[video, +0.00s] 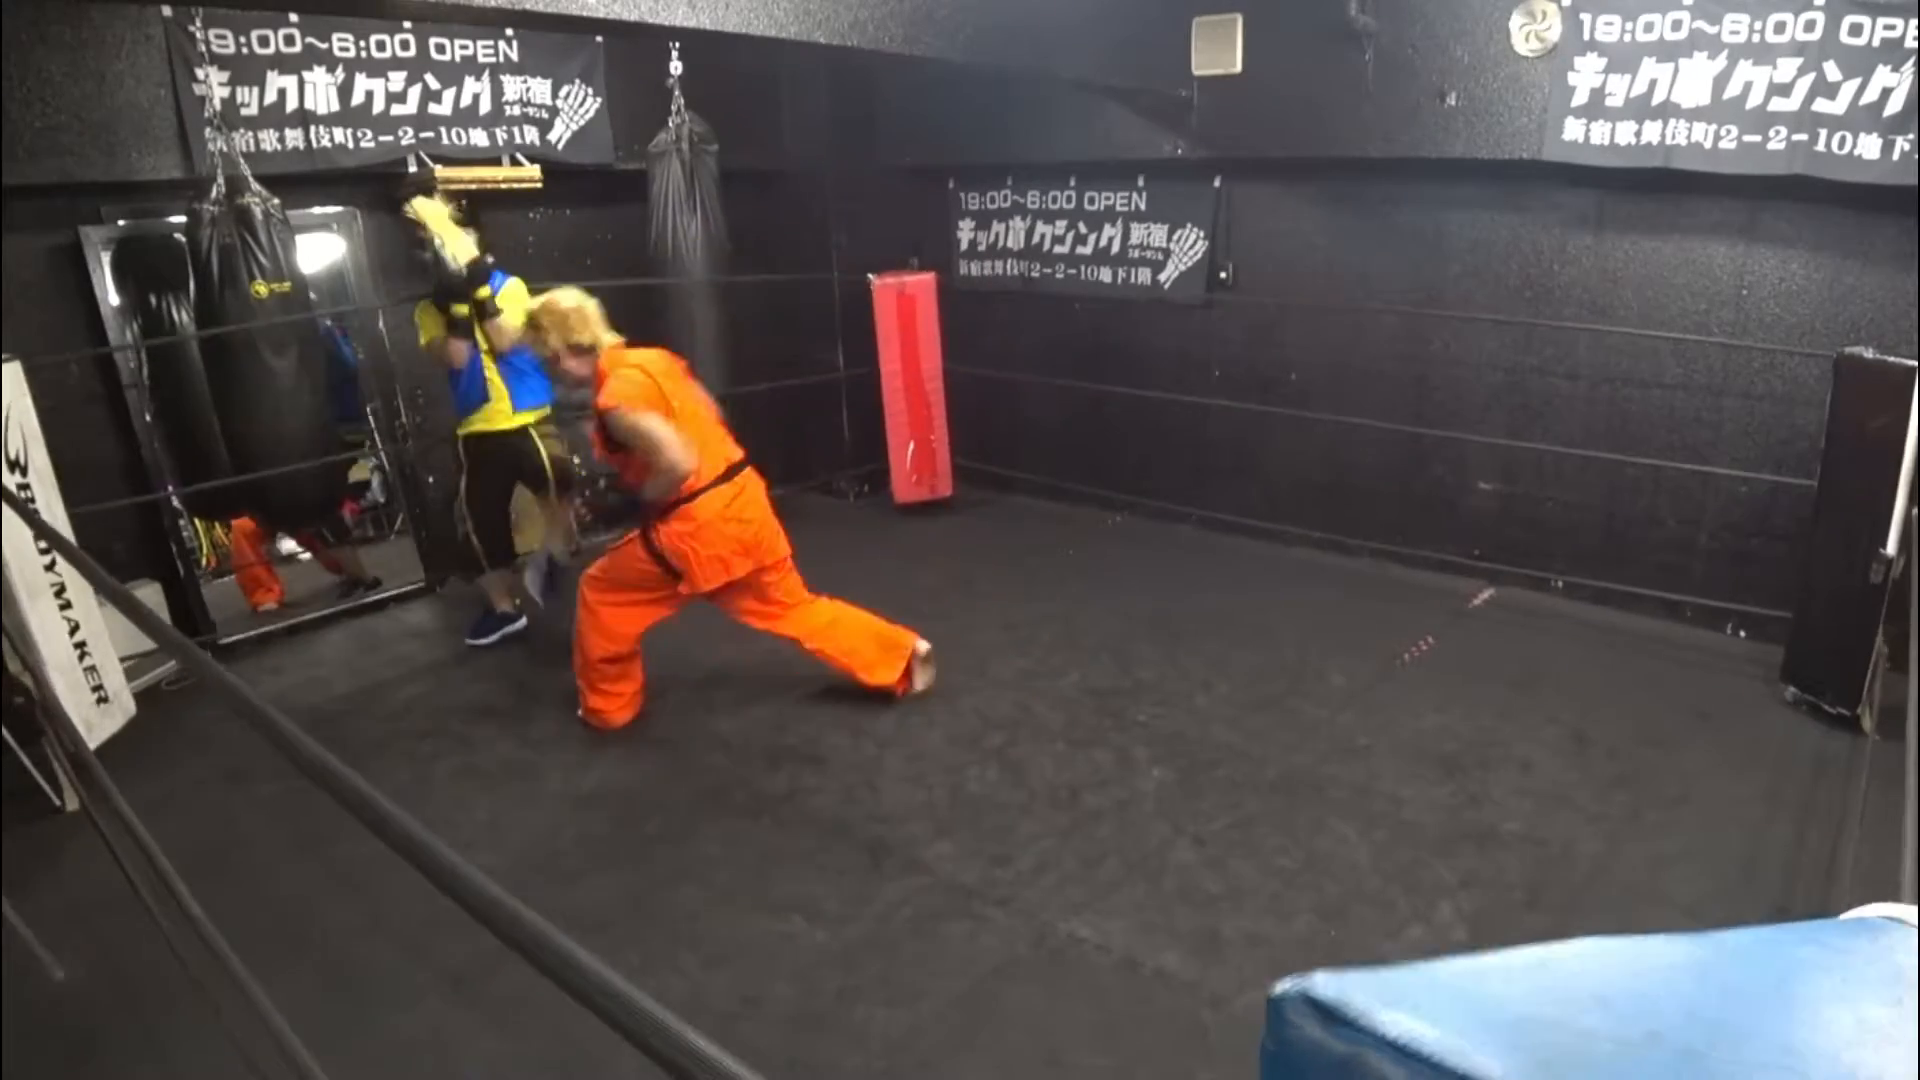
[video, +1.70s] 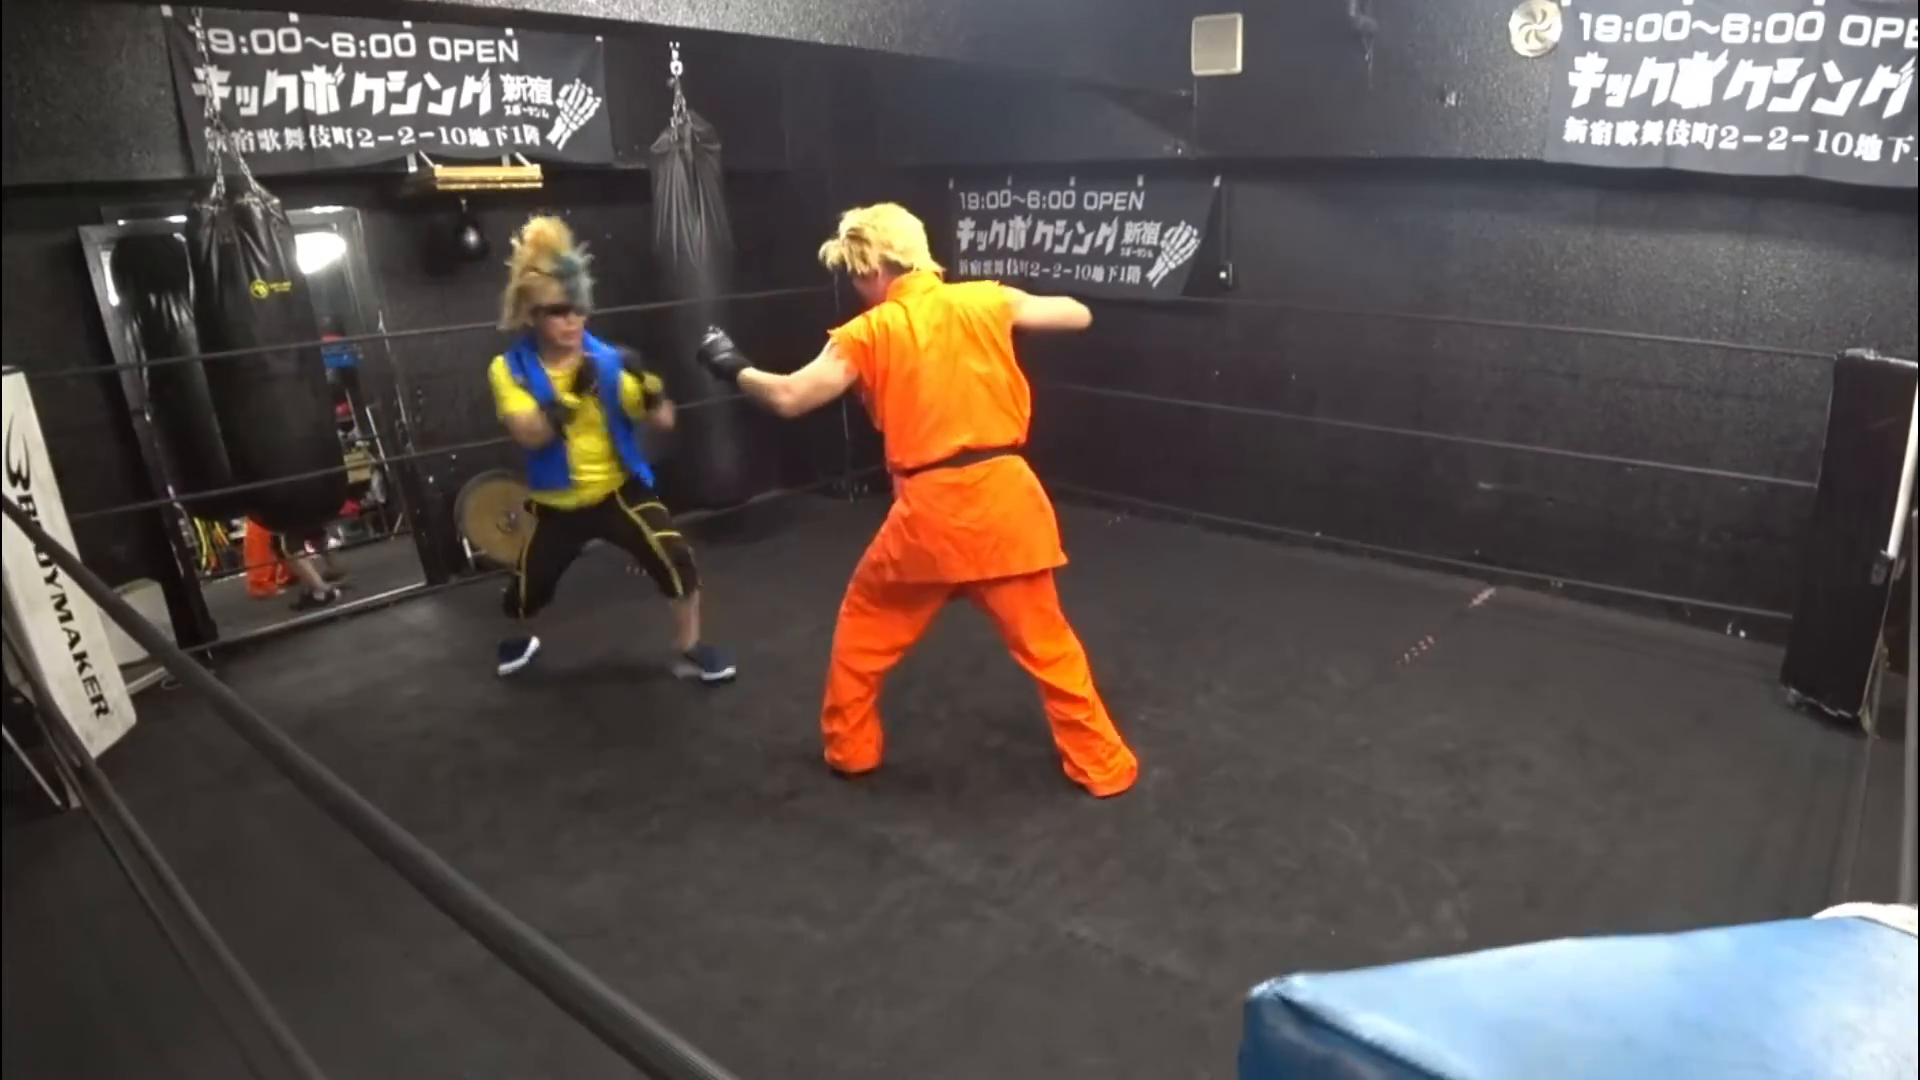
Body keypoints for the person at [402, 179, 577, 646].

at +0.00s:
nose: (438, 254)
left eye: (445, 241)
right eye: (430, 246)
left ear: (467, 242)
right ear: (425, 255)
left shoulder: (508, 287)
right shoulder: (430, 308)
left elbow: (504, 341)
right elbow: (454, 359)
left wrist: (482, 297)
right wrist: (454, 310)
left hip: (529, 421)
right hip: (479, 430)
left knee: (558, 486)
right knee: (484, 519)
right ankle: (504, 606)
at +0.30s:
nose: (479, 291)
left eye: (485, 280)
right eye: (469, 283)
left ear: (500, 275)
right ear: (456, 284)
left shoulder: (527, 301)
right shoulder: (445, 322)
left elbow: (532, 362)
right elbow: (466, 378)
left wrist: (508, 313)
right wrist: (476, 326)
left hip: (544, 429)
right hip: (489, 441)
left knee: (585, 486)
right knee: (477, 523)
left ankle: (613, 551)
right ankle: (503, 607)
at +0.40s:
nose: (485, 299)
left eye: (491, 289)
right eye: (476, 292)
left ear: (506, 283)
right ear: (465, 291)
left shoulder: (540, 321)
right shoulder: (455, 336)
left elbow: (568, 381)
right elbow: (457, 399)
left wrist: (538, 353)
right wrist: (466, 364)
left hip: (560, 443)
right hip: (504, 452)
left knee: (600, 524)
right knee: (486, 531)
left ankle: (649, 587)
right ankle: (505, 609)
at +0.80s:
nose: (523, 300)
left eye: (530, 290)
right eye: (513, 292)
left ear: (543, 286)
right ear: (495, 293)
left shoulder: (570, 325)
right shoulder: (479, 340)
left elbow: (598, 382)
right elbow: (507, 383)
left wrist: (595, 349)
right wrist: (532, 346)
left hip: (586, 459)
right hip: (525, 469)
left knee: (625, 535)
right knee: (503, 554)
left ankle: (654, 606)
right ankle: (502, 608)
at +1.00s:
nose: (545, 269)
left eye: (551, 257)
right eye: (534, 260)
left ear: (560, 253)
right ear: (511, 261)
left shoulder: (585, 291)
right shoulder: (491, 301)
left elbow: (619, 358)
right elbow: (511, 358)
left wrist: (603, 310)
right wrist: (545, 322)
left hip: (604, 430)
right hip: (549, 437)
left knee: (624, 529)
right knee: (537, 528)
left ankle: (679, 589)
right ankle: (578, 612)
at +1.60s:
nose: (533, 316)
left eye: (541, 304)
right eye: (523, 306)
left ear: (563, 303)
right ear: (512, 307)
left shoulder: (597, 342)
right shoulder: (501, 355)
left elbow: (645, 402)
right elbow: (505, 418)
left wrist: (618, 370)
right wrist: (531, 379)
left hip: (618, 483)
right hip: (554, 492)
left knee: (658, 562)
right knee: (523, 577)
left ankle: (716, 638)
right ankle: (522, 641)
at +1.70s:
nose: (572, 322)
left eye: (577, 311)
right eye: (558, 313)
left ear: (587, 313)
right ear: (531, 318)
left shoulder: (607, 357)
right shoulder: (511, 369)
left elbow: (663, 422)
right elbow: (529, 433)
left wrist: (653, 398)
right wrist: (573, 398)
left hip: (622, 494)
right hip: (558, 505)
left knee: (678, 563)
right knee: (525, 596)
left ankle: (690, 646)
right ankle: (520, 640)